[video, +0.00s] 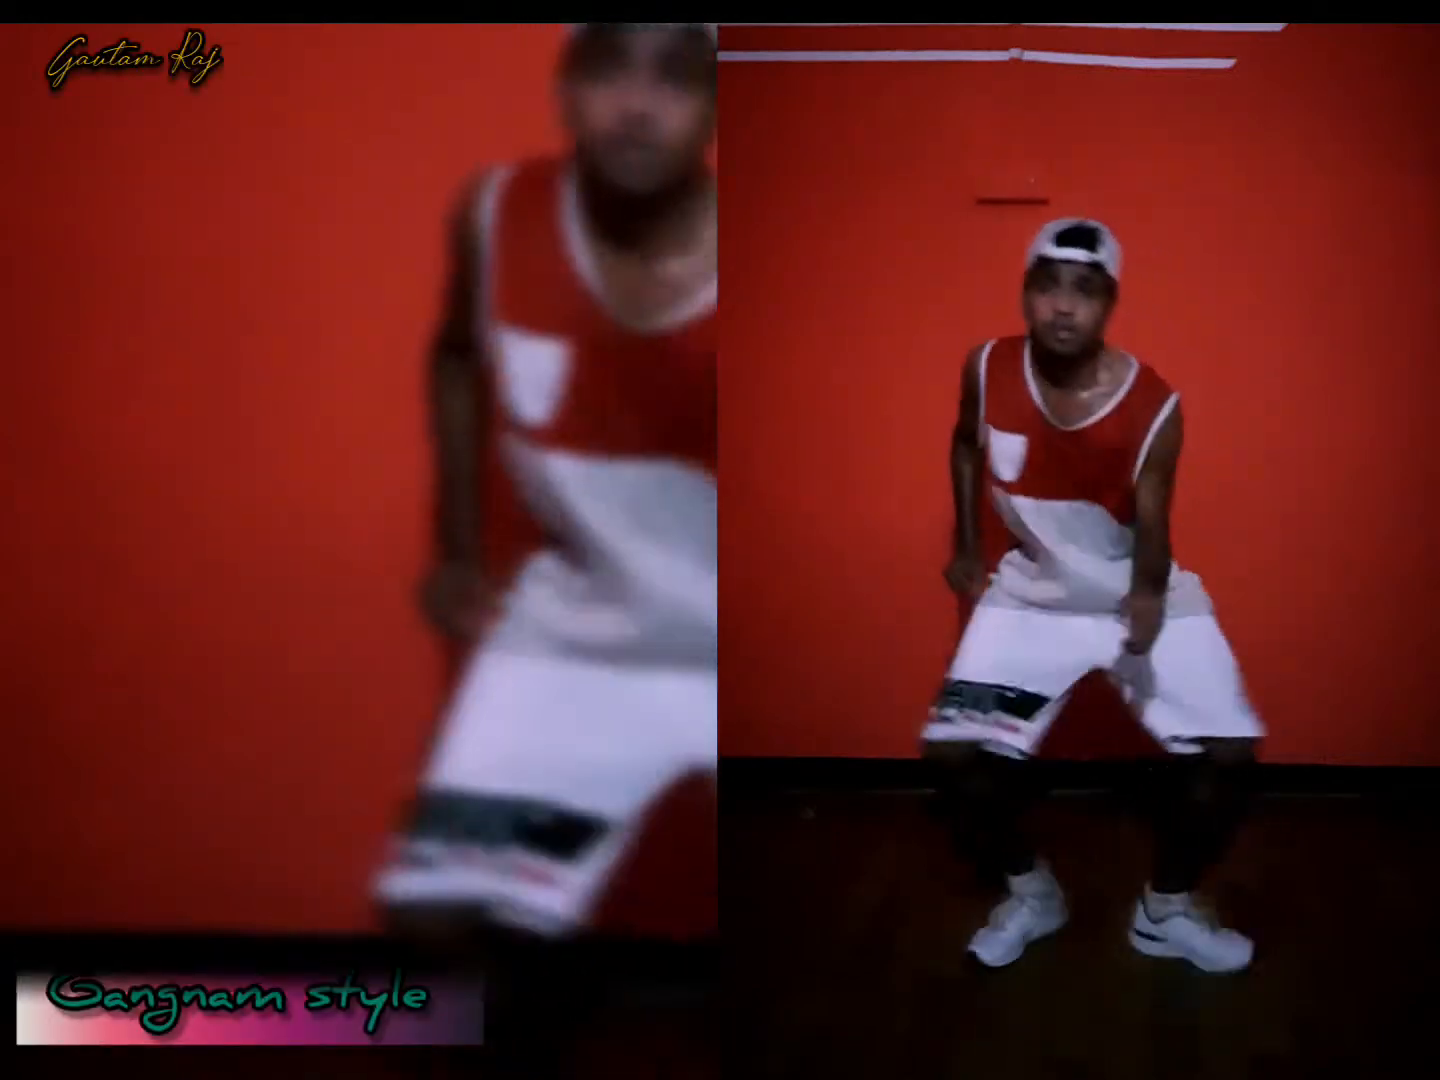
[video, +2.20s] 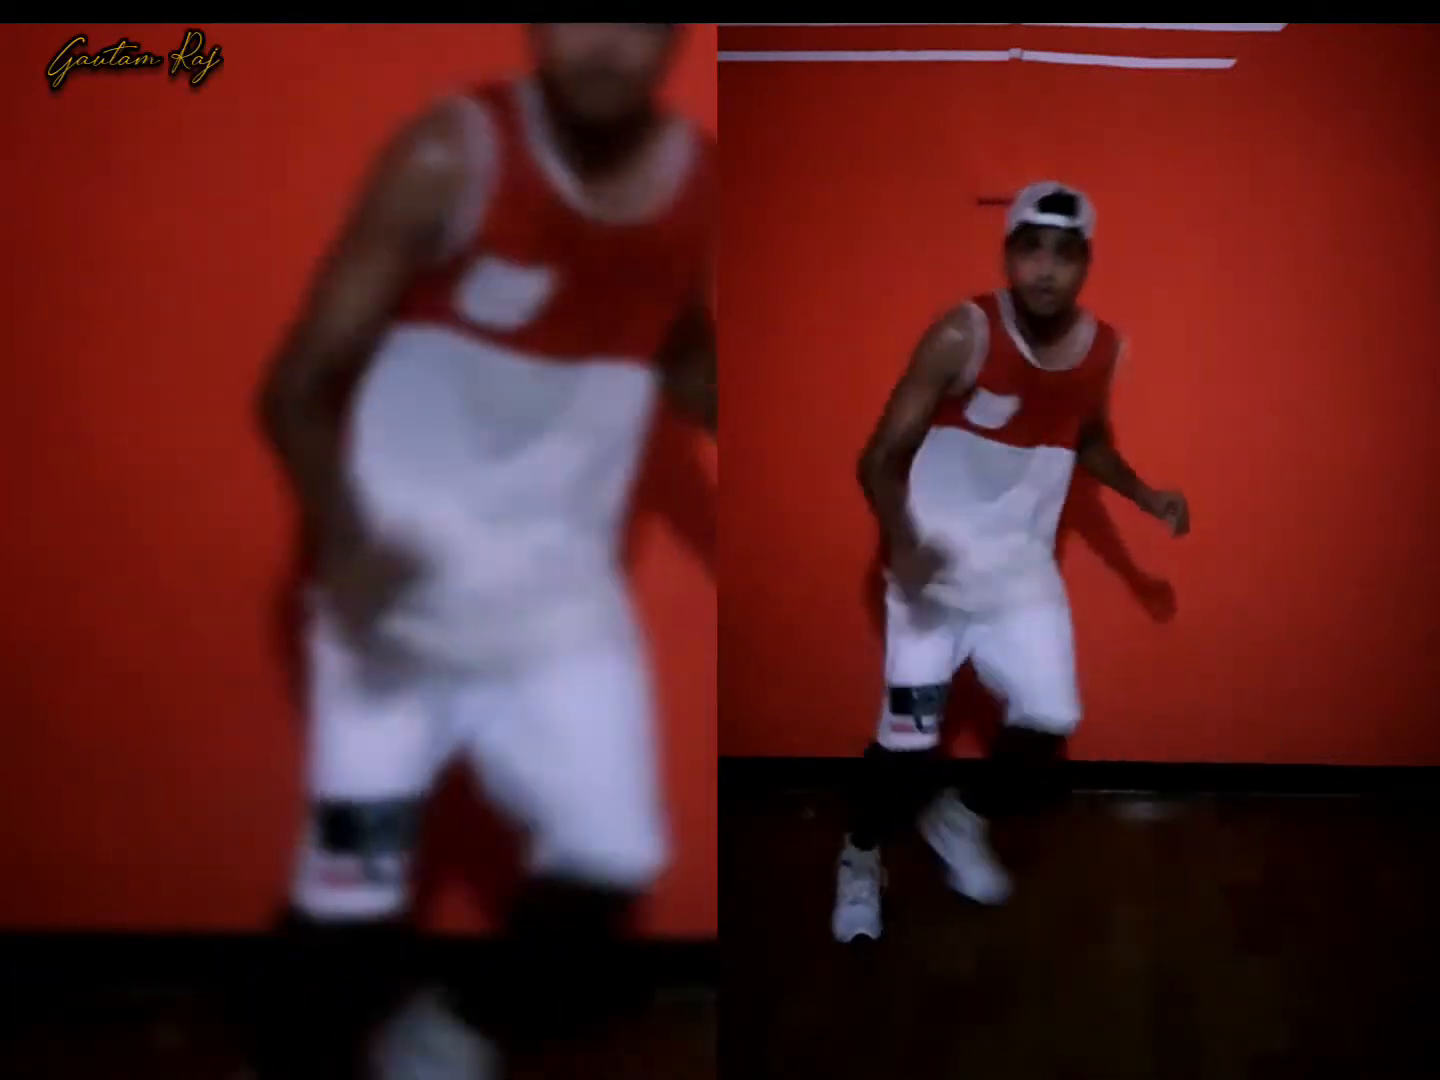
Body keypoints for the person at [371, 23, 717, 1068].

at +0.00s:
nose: (634, 106)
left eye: (673, 76)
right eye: (606, 71)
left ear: (717, 107)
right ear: (566, 90)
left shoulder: (759, 248)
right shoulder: (498, 219)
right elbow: (461, 360)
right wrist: (458, 553)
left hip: (722, 649)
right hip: (560, 628)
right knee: (454, 904)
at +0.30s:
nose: (623, 134)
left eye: (656, 103)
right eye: (595, 104)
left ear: (709, 130)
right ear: (562, 130)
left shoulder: (763, 277)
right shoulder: (526, 294)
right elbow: (475, 477)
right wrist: (537, 581)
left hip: (748, 645)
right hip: (597, 636)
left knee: (768, 915)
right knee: (506, 896)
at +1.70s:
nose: (498, 119)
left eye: (531, 85)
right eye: (469, 86)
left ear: (581, 104)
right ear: (438, 111)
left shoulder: (705, 242)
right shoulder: (402, 283)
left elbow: (793, 392)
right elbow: (328, 439)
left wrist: (747, 520)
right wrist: (435, 523)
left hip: (699, 626)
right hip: (515, 629)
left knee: (789, 902)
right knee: (474, 918)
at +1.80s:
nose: (427, 39)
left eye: (451, 17)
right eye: (408, 25)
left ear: (518, 16)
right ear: (391, 43)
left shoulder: (648, 98)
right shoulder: (376, 227)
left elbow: (712, 287)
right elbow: (367, 473)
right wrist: (478, 467)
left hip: (683, 584)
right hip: (503, 610)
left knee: (768, 860)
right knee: (491, 919)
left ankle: (609, 1016)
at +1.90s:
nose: (412, 46)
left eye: (436, 22)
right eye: (389, 27)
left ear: (493, 25)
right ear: (367, 45)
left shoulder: (587, 122)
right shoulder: (362, 223)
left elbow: (632, 311)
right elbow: (448, 483)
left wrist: (693, 411)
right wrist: (503, 341)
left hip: (651, 594)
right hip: (494, 607)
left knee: (618, 936)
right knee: (484, 940)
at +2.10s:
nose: (519, 68)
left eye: (551, 42)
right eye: (496, 39)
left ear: (596, 58)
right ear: (463, 50)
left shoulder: (631, 194)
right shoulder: (387, 184)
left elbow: (630, 391)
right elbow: (349, 439)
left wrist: (740, 431)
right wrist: (426, 405)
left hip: (575, 625)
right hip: (422, 608)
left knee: (512, 965)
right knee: (406, 940)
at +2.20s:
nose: (603, 47)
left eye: (632, 25)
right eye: (579, 22)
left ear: (671, 43)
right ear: (537, 34)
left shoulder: (694, 176)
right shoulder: (450, 157)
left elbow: (679, 341)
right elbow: (298, 388)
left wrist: (770, 441)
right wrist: (345, 545)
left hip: (562, 590)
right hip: (395, 584)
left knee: (610, 864)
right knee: (355, 899)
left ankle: (457, 1041)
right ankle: (302, 1078)